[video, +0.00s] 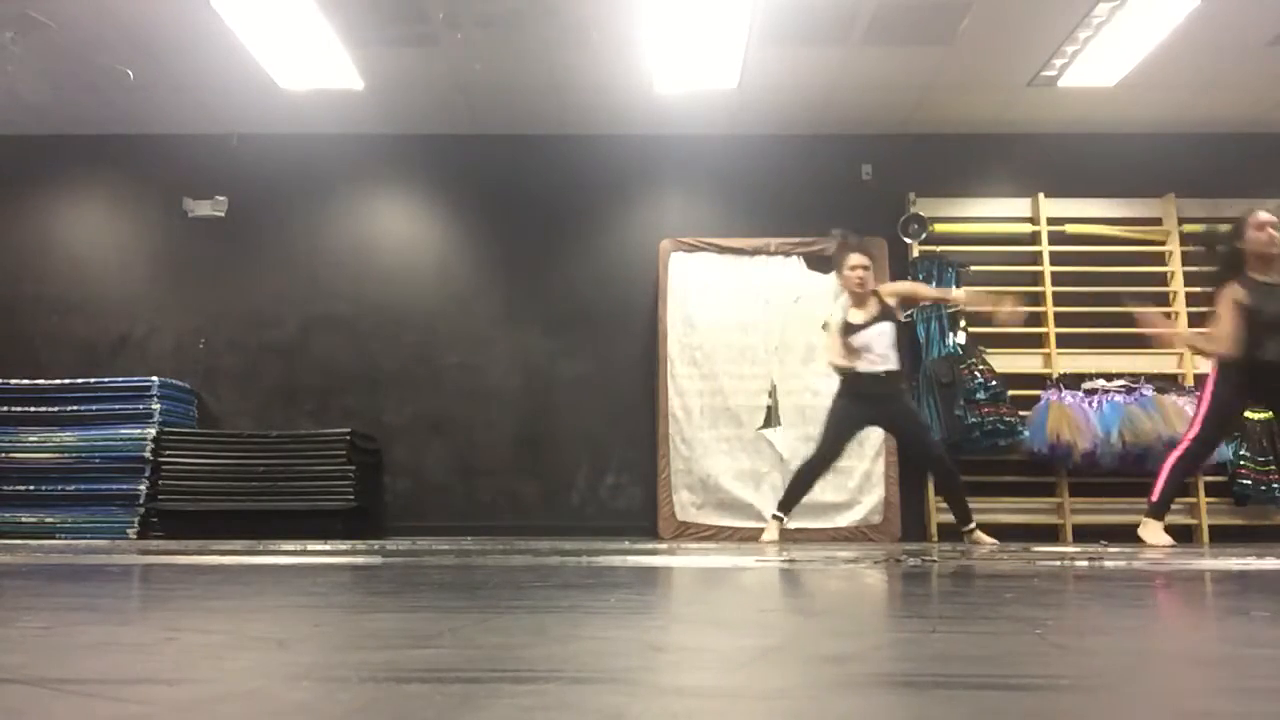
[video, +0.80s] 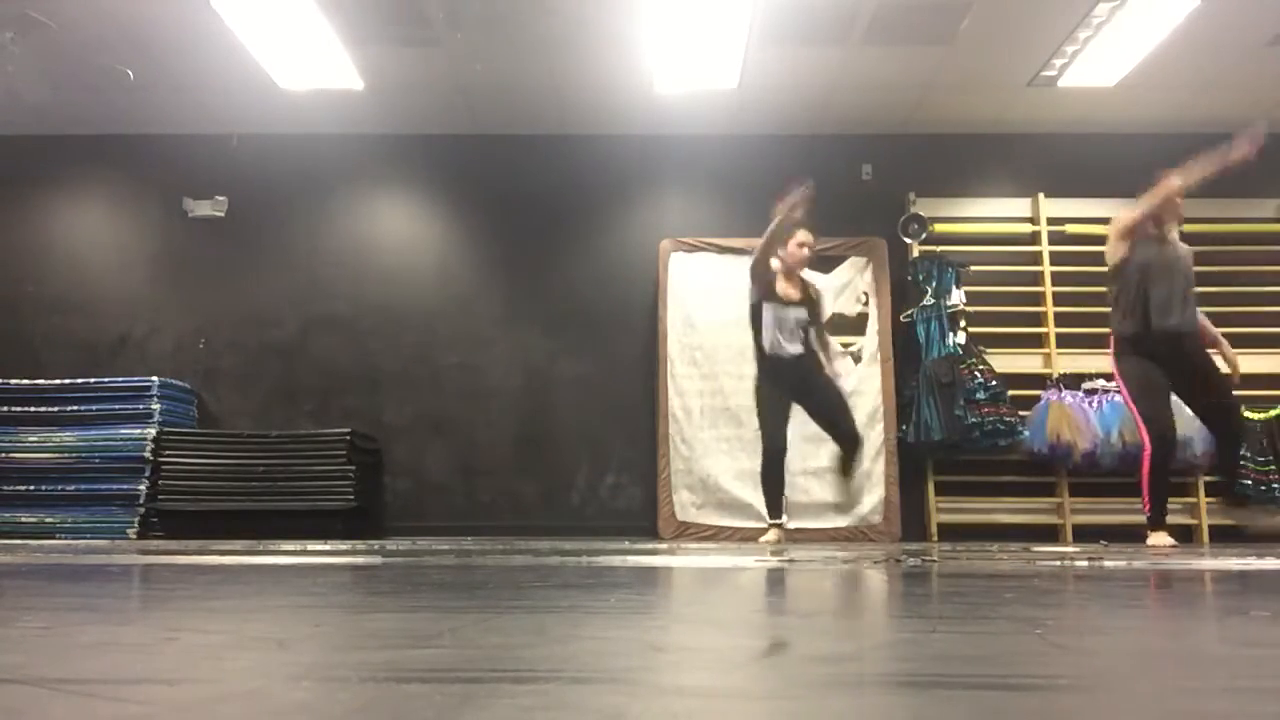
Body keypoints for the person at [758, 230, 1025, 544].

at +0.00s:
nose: (861, 275)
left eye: (866, 269)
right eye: (854, 270)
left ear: (873, 273)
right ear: (841, 276)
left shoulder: (890, 294)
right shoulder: (838, 314)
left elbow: (943, 294)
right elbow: (836, 358)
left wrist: (996, 302)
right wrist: (851, 362)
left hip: (892, 394)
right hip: (854, 395)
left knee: (936, 455)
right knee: (824, 457)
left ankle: (970, 530)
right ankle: (775, 522)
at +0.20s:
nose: (907, 282)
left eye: (910, 275)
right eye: (899, 276)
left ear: (915, 280)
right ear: (881, 284)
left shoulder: (912, 314)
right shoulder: (882, 316)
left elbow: (944, 321)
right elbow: (855, 352)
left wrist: (977, 305)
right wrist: (894, 377)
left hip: (899, 409)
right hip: (862, 408)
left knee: (951, 455)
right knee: (819, 458)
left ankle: (972, 530)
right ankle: (781, 526)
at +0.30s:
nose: (904, 289)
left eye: (908, 282)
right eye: (895, 282)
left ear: (914, 289)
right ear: (879, 289)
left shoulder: (900, 327)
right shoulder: (873, 316)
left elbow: (900, 372)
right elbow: (830, 329)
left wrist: (937, 378)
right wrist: (833, 349)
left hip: (891, 412)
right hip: (854, 411)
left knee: (946, 458)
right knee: (812, 457)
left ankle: (972, 531)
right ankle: (781, 526)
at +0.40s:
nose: (868, 300)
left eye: (874, 292)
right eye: (861, 294)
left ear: (889, 296)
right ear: (855, 301)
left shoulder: (898, 338)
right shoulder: (850, 329)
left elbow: (898, 381)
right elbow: (808, 325)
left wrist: (906, 418)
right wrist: (769, 323)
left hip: (888, 421)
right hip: (846, 422)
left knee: (941, 462)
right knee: (806, 457)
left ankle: (971, 531)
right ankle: (779, 527)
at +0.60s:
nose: (812, 295)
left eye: (819, 288)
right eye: (808, 289)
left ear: (836, 291)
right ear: (803, 293)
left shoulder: (855, 330)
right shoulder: (797, 323)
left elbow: (878, 370)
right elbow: (750, 313)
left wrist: (888, 413)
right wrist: (709, 300)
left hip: (859, 418)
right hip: (819, 418)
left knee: (912, 471)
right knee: (783, 454)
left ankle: (965, 526)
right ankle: (778, 528)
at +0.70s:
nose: (800, 270)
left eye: (807, 264)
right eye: (795, 263)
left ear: (818, 269)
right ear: (787, 267)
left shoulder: (832, 312)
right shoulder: (776, 301)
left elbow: (853, 354)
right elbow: (744, 289)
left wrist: (868, 393)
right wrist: (718, 279)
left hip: (830, 397)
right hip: (791, 399)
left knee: (877, 455)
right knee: (775, 452)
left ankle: (935, 514)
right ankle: (777, 527)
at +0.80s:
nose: (807, 253)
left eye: (810, 248)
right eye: (801, 246)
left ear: (809, 254)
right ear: (781, 248)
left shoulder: (811, 292)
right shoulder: (763, 281)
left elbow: (820, 334)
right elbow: (761, 257)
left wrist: (830, 363)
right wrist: (778, 222)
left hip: (807, 373)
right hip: (771, 376)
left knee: (849, 436)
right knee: (773, 448)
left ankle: (846, 466)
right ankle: (775, 523)